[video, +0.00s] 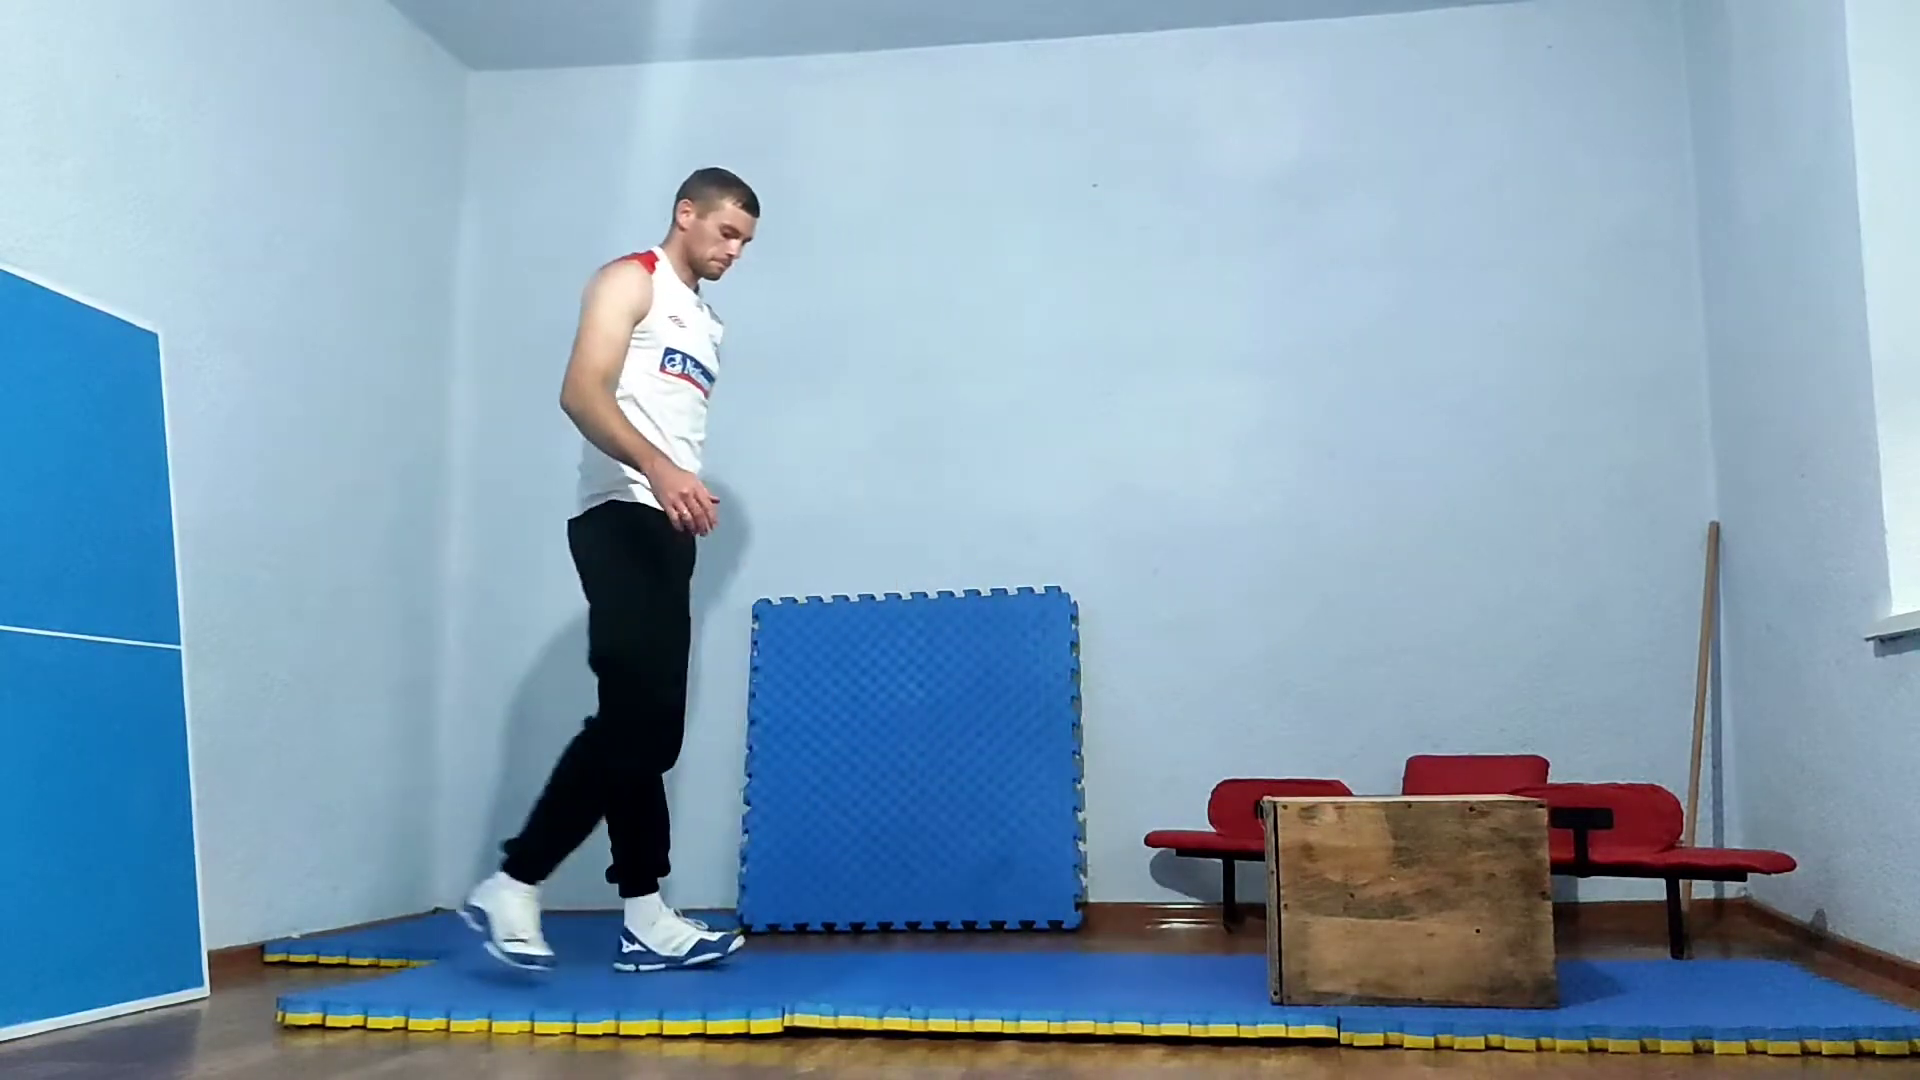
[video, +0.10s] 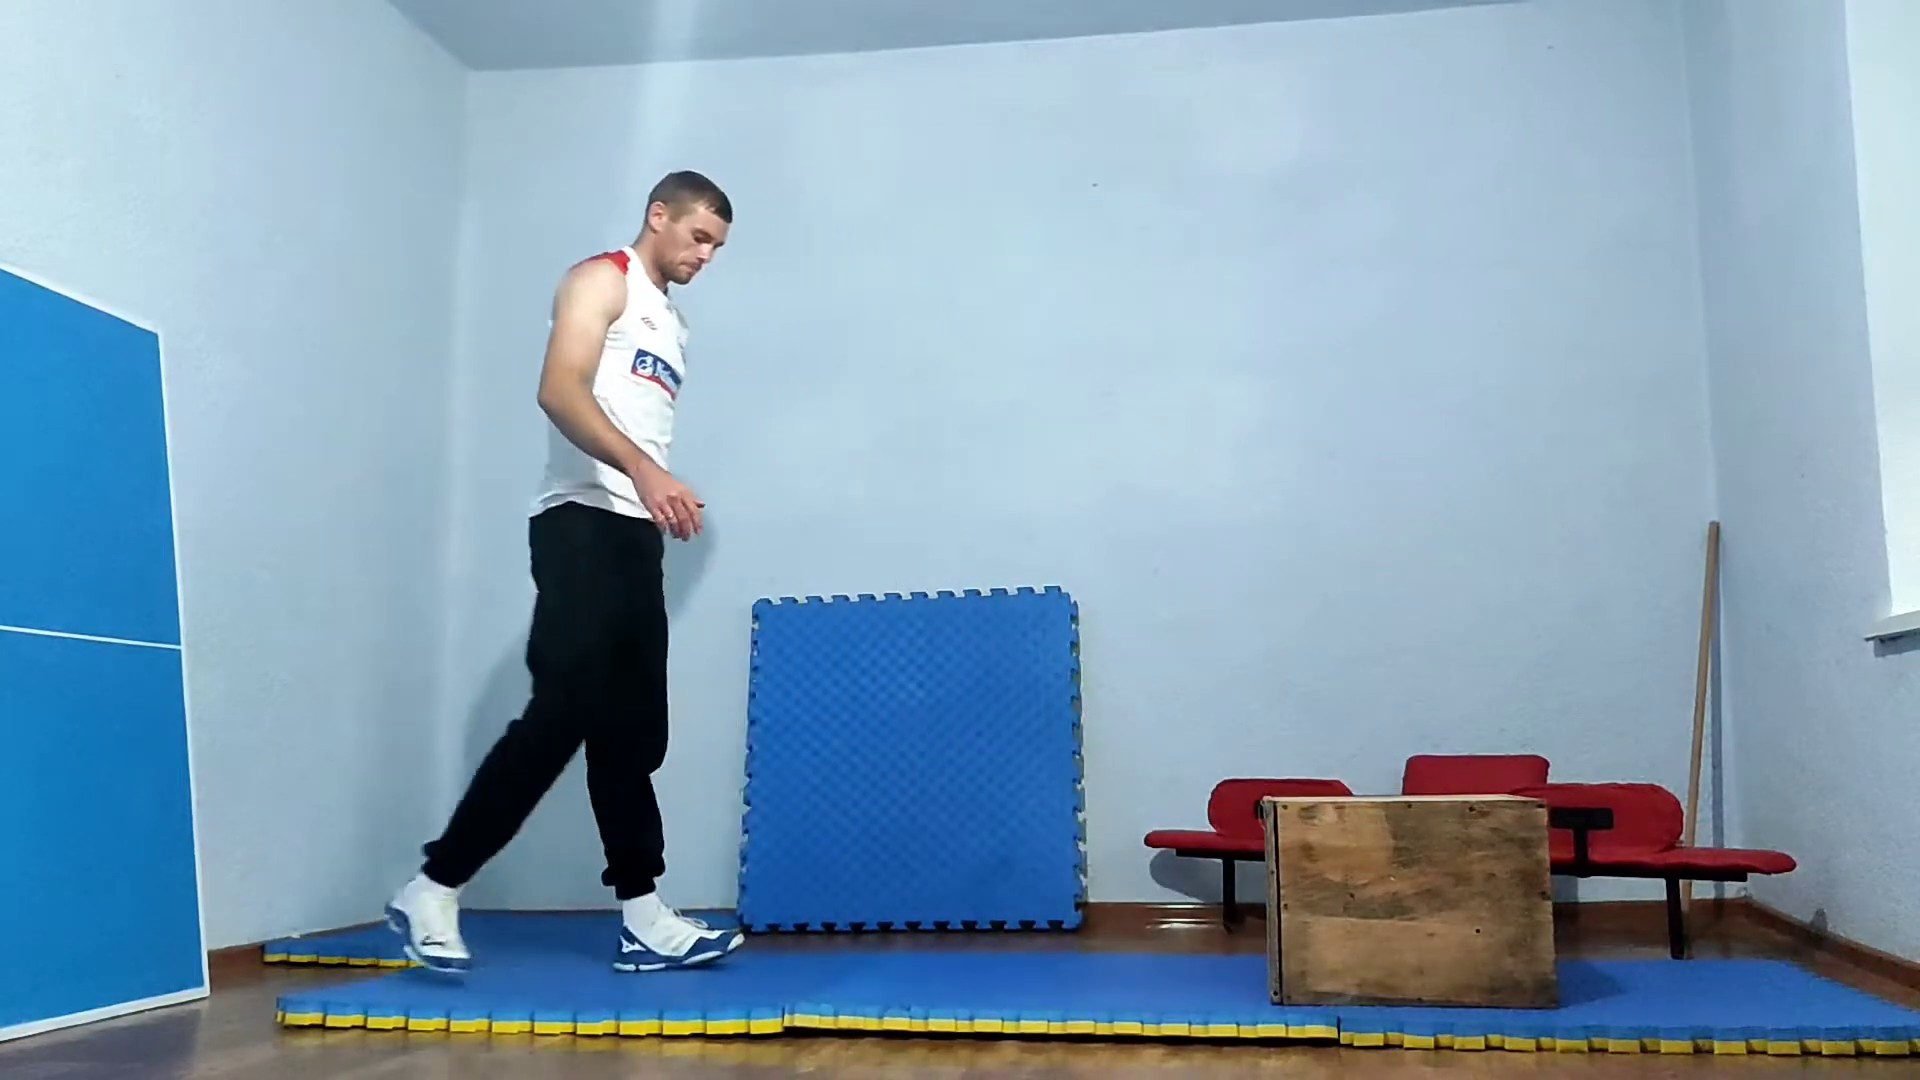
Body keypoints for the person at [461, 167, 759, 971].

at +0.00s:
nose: (735, 250)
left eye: (743, 241)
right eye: (728, 232)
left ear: (733, 242)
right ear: (684, 215)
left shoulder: (701, 318)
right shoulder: (629, 279)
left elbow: (667, 425)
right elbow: (581, 393)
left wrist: (685, 490)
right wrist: (661, 468)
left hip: (662, 527)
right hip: (619, 519)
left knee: (652, 724)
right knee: (635, 716)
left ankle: (646, 915)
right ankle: (510, 886)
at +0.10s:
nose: (705, 255)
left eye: (715, 245)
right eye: (699, 237)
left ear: (707, 245)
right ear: (657, 217)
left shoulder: (668, 317)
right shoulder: (600, 280)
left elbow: (631, 426)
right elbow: (559, 389)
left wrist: (656, 486)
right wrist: (646, 470)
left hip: (631, 536)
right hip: (580, 525)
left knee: (630, 730)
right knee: (563, 713)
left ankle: (645, 914)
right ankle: (433, 887)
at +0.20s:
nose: (673, 267)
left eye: (683, 257)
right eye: (669, 248)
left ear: (671, 253)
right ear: (627, 222)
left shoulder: (629, 321)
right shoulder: (565, 282)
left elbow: (594, 431)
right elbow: (529, 395)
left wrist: (629, 504)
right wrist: (619, 480)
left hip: (595, 548)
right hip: (534, 538)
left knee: (610, 734)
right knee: (489, 725)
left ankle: (641, 916)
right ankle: (396, 911)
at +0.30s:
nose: (643, 275)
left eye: (654, 265)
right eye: (639, 255)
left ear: (653, 265)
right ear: (600, 228)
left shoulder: (600, 323)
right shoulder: (530, 286)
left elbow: (551, 436)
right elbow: (488, 403)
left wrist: (588, 517)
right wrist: (577, 492)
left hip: (549, 548)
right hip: (485, 540)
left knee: (584, 727)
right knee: (448, 731)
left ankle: (633, 910)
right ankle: (387, 924)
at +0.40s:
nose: (617, 276)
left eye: (629, 267)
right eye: (614, 257)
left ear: (628, 263)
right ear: (575, 228)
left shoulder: (577, 319)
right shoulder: (502, 284)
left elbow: (521, 430)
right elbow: (444, 404)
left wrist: (535, 525)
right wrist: (518, 506)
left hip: (517, 538)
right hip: (456, 532)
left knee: (563, 716)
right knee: (429, 727)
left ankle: (602, 900)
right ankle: (384, 925)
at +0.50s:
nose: (596, 271)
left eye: (608, 261)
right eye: (593, 252)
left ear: (604, 258)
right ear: (554, 222)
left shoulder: (555, 313)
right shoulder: (478, 281)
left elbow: (503, 424)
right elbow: (410, 400)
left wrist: (511, 519)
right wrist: (456, 512)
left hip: (512, 538)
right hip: (440, 533)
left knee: (546, 715)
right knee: (417, 726)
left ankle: (539, 901)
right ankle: (384, 924)